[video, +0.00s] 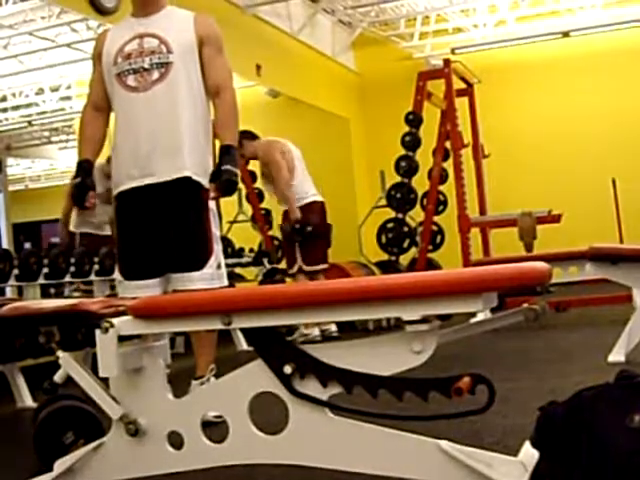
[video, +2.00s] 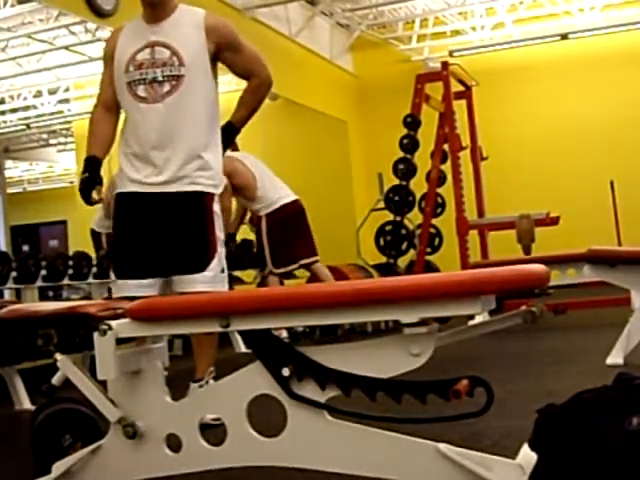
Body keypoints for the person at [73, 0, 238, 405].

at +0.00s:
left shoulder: (199, 27)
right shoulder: (107, 40)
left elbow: (222, 92)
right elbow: (97, 108)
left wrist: (229, 155)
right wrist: (84, 169)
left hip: (187, 174)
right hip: (132, 181)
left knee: (199, 287)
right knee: (141, 294)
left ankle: (205, 381)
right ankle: (150, 387)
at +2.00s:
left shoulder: (209, 29)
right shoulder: (119, 39)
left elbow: (261, 78)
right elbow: (106, 106)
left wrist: (232, 129)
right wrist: (93, 161)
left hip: (193, 179)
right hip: (135, 182)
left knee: (201, 294)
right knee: (135, 297)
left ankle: (203, 383)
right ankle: (143, 387)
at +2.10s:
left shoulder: (207, 29)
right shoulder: (116, 39)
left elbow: (260, 77)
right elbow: (105, 107)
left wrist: (231, 127)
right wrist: (91, 162)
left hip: (192, 180)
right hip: (132, 184)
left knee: (200, 293)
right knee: (131, 297)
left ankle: (203, 384)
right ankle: (139, 388)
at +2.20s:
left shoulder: (202, 27)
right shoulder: (110, 40)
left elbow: (256, 75)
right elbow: (99, 108)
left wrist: (228, 126)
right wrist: (86, 169)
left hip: (188, 182)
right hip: (128, 186)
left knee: (198, 294)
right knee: (122, 298)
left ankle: (203, 385)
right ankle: (130, 391)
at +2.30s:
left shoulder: (196, 27)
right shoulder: (105, 39)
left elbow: (250, 75)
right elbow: (94, 111)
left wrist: (223, 126)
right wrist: (81, 174)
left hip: (184, 184)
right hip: (123, 187)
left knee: (195, 296)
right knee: (115, 298)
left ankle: (202, 387)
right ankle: (123, 393)